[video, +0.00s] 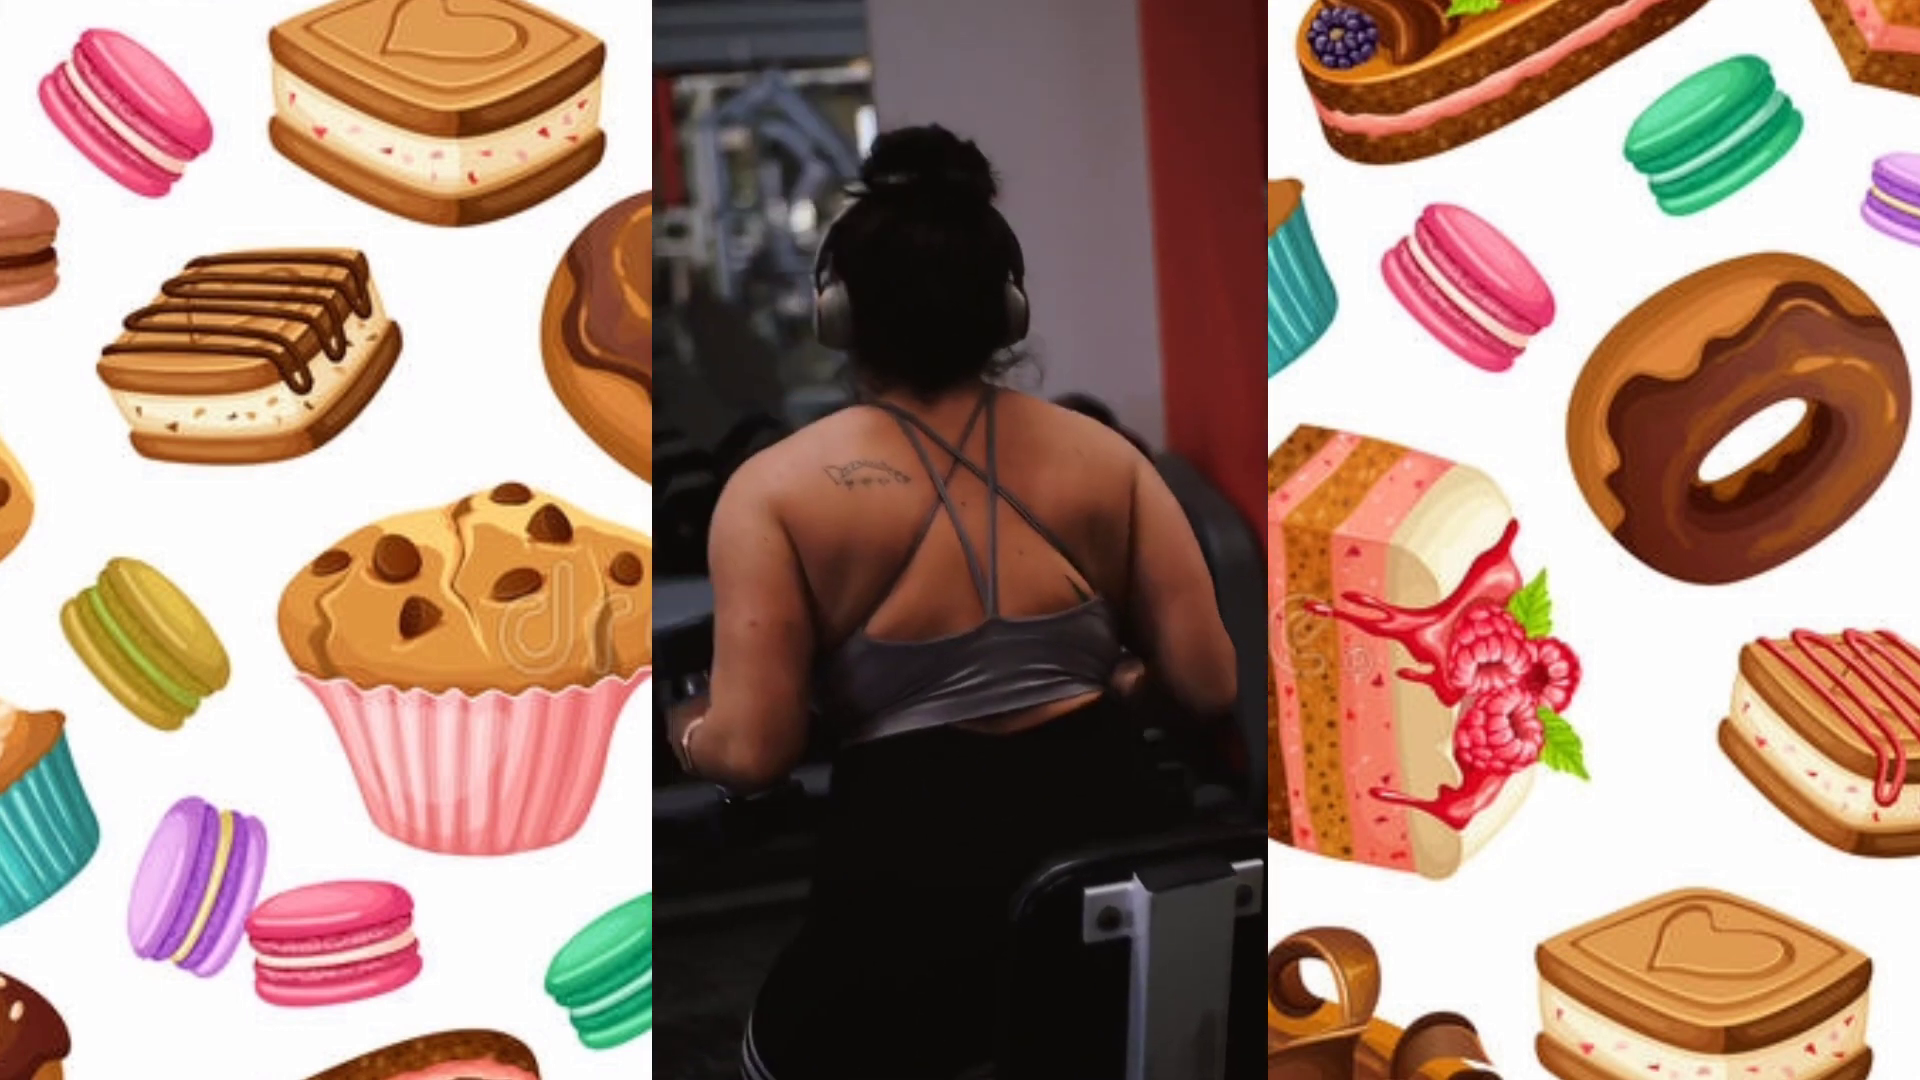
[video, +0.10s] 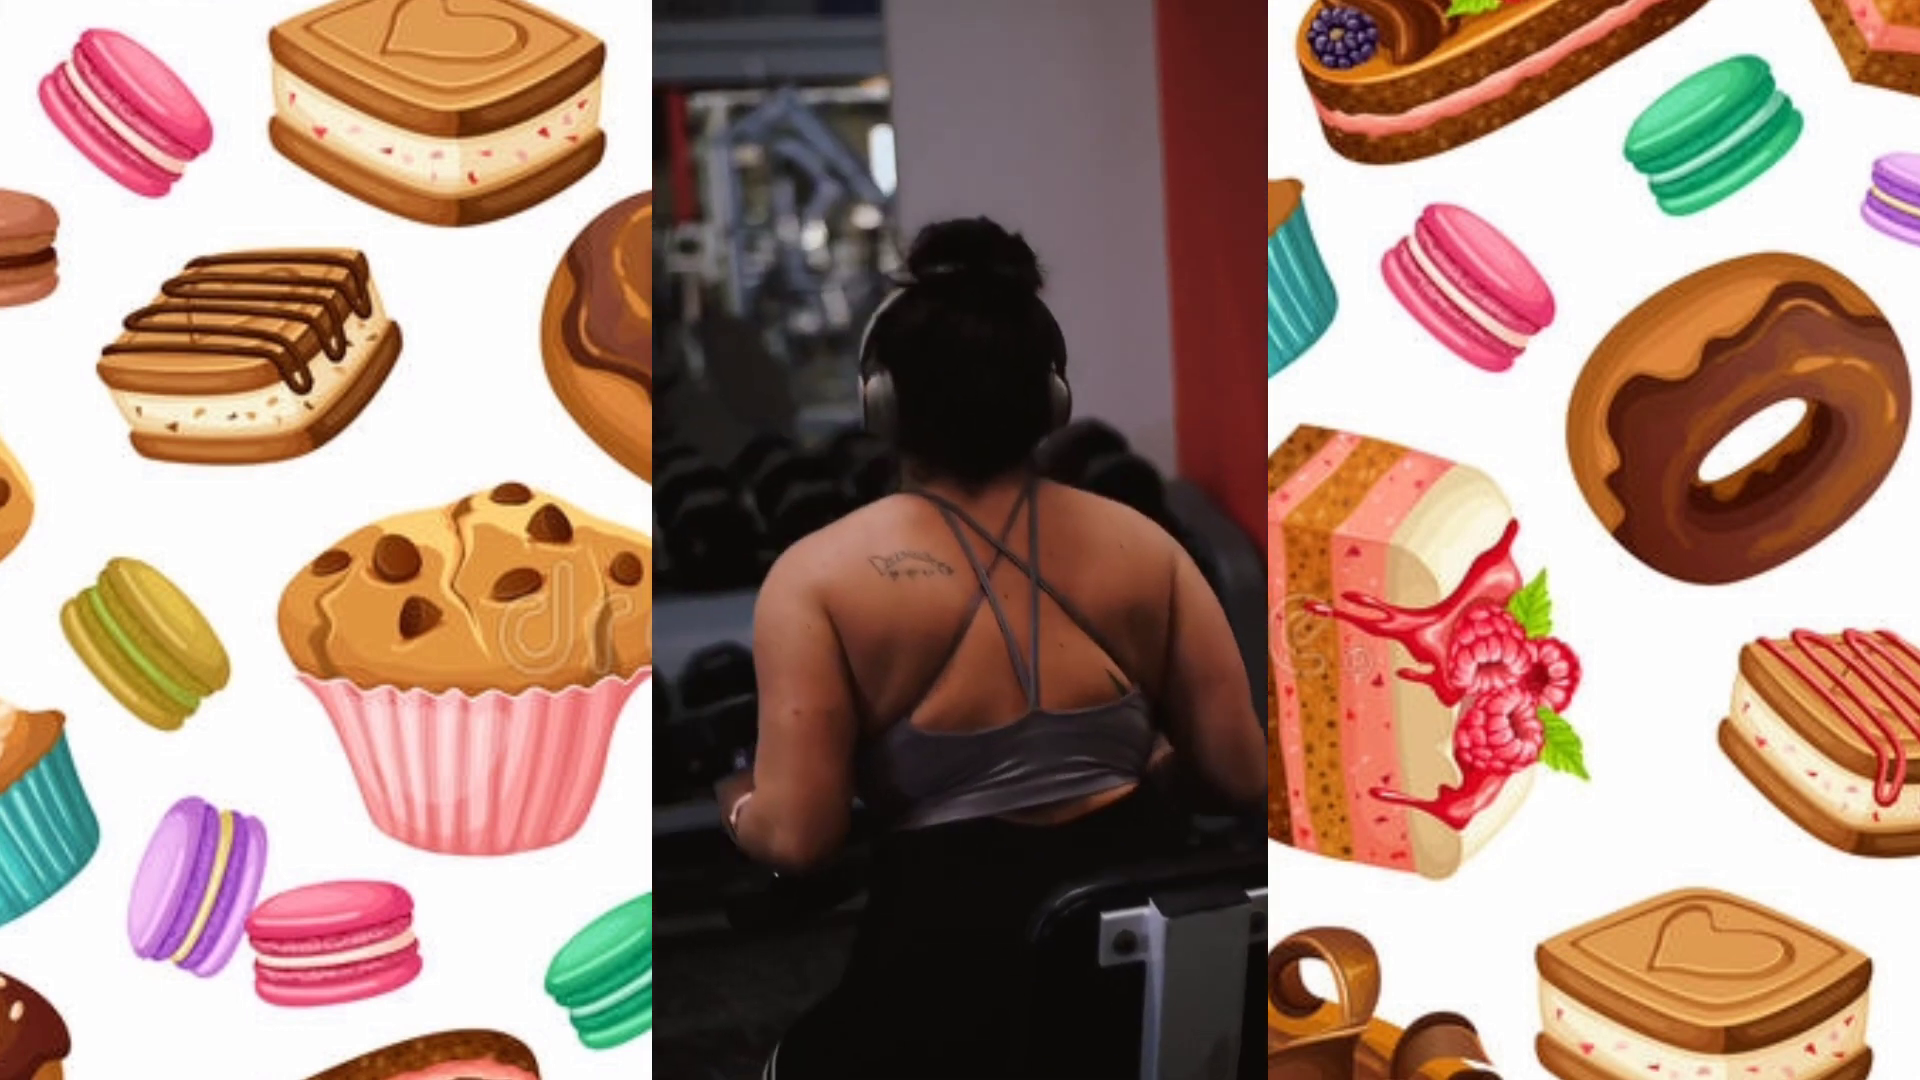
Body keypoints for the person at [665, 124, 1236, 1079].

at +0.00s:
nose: (821, 299)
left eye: (829, 282)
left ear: (841, 310)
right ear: (1003, 303)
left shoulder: (776, 492)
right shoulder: (1101, 457)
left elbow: (755, 752)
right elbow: (1211, 683)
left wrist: (696, 735)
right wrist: (1123, 681)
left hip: (908, 919)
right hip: (1113, 902)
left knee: (781, 1047)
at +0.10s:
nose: (862, 399)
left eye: (867, 383)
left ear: (882, 407)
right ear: (1053, 400)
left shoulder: (817, 580)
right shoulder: (1142, 548)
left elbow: (800, 837)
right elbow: (1245, 774)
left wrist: (749, 813)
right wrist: (1154, 759)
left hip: (938, 1000)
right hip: (1142, 988)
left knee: (800, 1057)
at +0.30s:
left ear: (919, 463)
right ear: (1098, 453)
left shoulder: (859, 644)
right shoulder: (1182, 599)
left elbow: (838, 905)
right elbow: (1266, 792)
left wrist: (798, 860)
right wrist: (1167, 799)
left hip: (974, 1033)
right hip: (1176, 1014)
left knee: (799, 1041)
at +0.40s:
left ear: (938, 467)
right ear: (1116, 456)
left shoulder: (877, 648)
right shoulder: (1207, 604)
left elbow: (857, 917)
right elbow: (1287, 819)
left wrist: (815, 862)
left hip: (984, 1036)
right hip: (1190, 1016)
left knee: (805, 989)